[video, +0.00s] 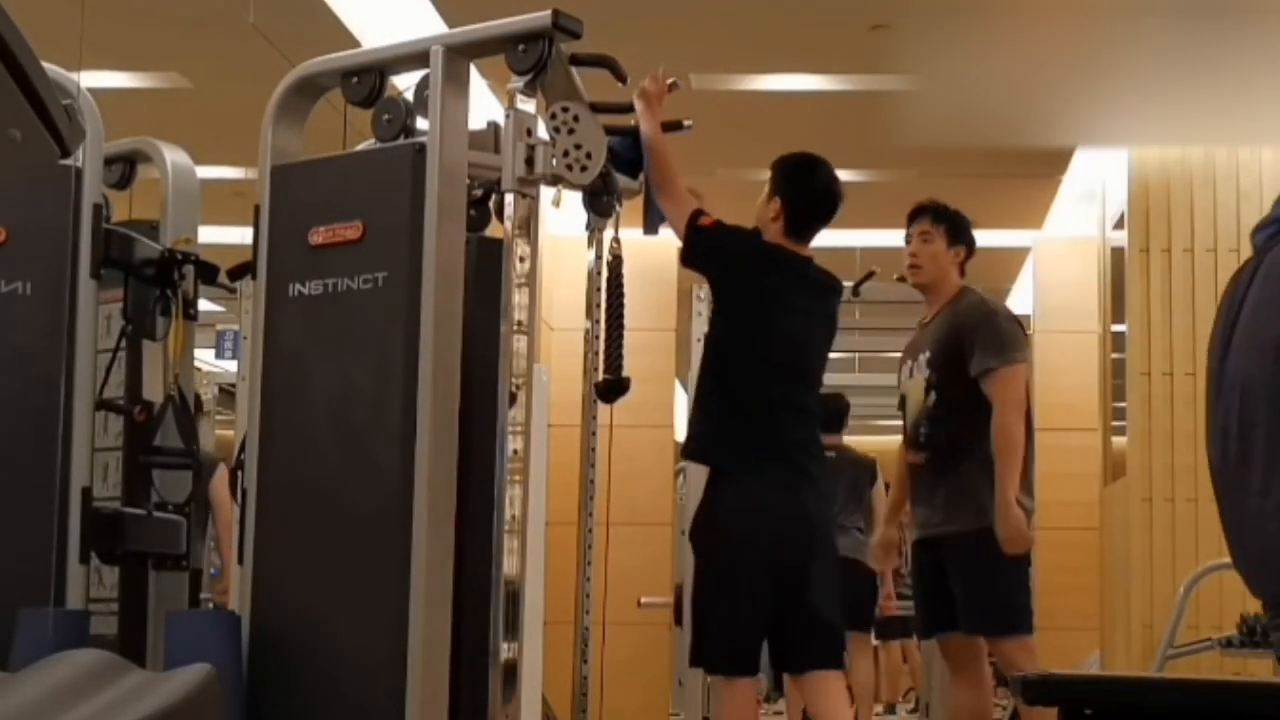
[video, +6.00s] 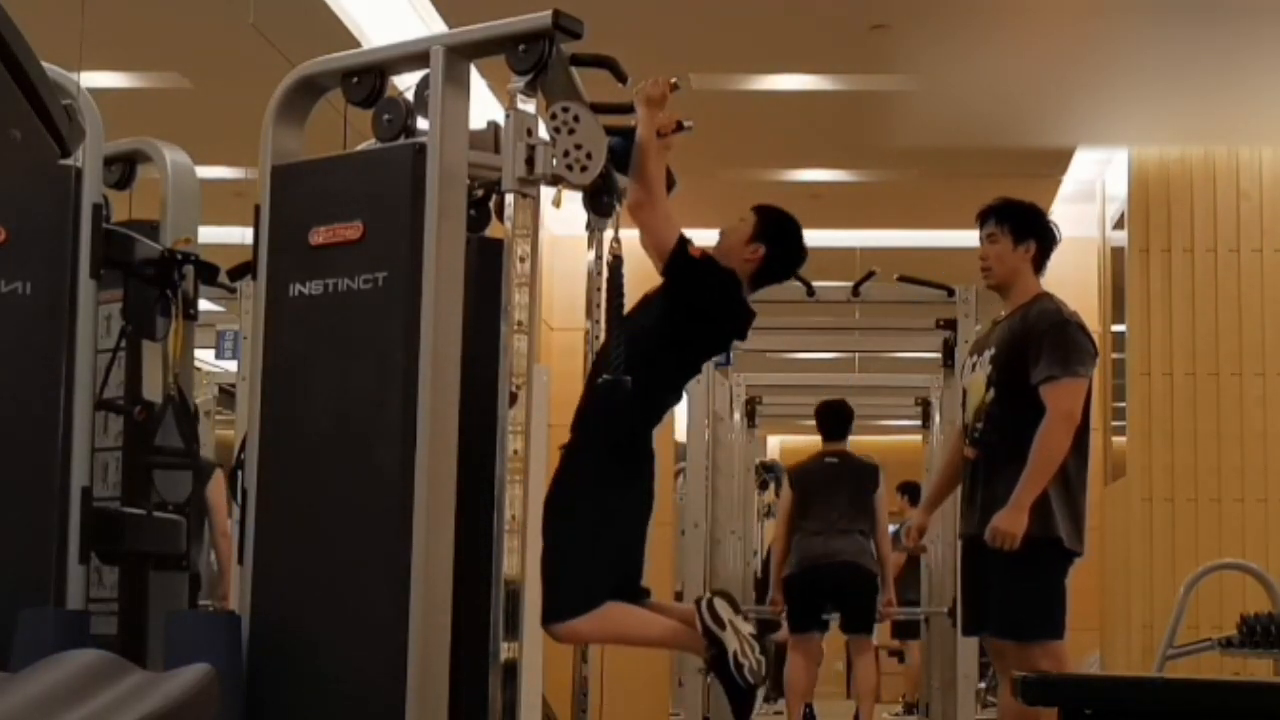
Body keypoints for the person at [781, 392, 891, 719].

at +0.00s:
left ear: (812, 421)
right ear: (846, 422)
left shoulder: (803, 462)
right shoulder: (866, 465)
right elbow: (878, 524)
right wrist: (883, 575)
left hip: (814, 562)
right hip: (857, 562)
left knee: (803, 659)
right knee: (859, 648)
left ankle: (799, 715)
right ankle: (864, 714)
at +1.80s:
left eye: (815, 445)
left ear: (812, 450)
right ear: (845, 449)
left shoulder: (792, 490)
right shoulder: (866, 489)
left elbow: (777, 552)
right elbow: (879, 551)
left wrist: (773, 602)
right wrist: (887, 604)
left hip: (804, 580)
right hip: (856, 579)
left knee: (796, 651)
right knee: (863, 650)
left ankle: (795, 716)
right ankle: (864, 715)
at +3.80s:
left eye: (814, 398)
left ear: (811, 400)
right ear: (844, 399)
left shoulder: (791, 449)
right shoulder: (866, 448)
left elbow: (776, 508)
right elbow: (879, 511)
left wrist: (774, 558)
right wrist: (886, 559)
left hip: (806, 566)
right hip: (854, 565)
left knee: (805, 648)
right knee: (857, 649)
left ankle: (798, 715)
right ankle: (863, 714)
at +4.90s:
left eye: (816, 452)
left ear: (813, 456)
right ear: (847, 455)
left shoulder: (793, 496)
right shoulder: (867, 495)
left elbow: (779, 557)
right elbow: (881, 557)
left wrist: (774, 607)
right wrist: (887, 611)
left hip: (806, 583)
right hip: (856, 582)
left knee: (801, 652)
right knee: (864, 652)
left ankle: (797, 715)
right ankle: (865, 715)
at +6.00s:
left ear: (818, 428)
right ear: (850, 428)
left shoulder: (796, 473)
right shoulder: (871, 472)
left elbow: (782, 535)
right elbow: (882, 534)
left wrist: (774, 586)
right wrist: (889, 587)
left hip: (806, 574)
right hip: (856, 573)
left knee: (802, 649)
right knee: (862, 649)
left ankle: (796, 715)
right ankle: (865, 714)